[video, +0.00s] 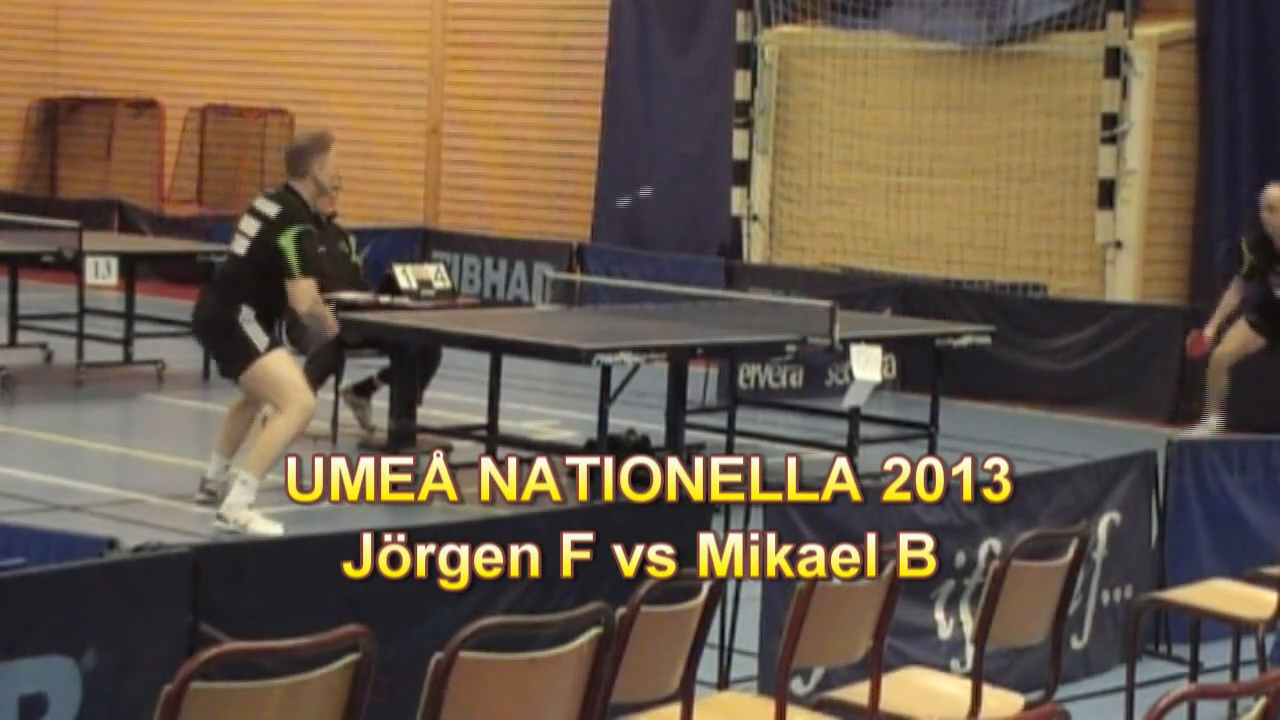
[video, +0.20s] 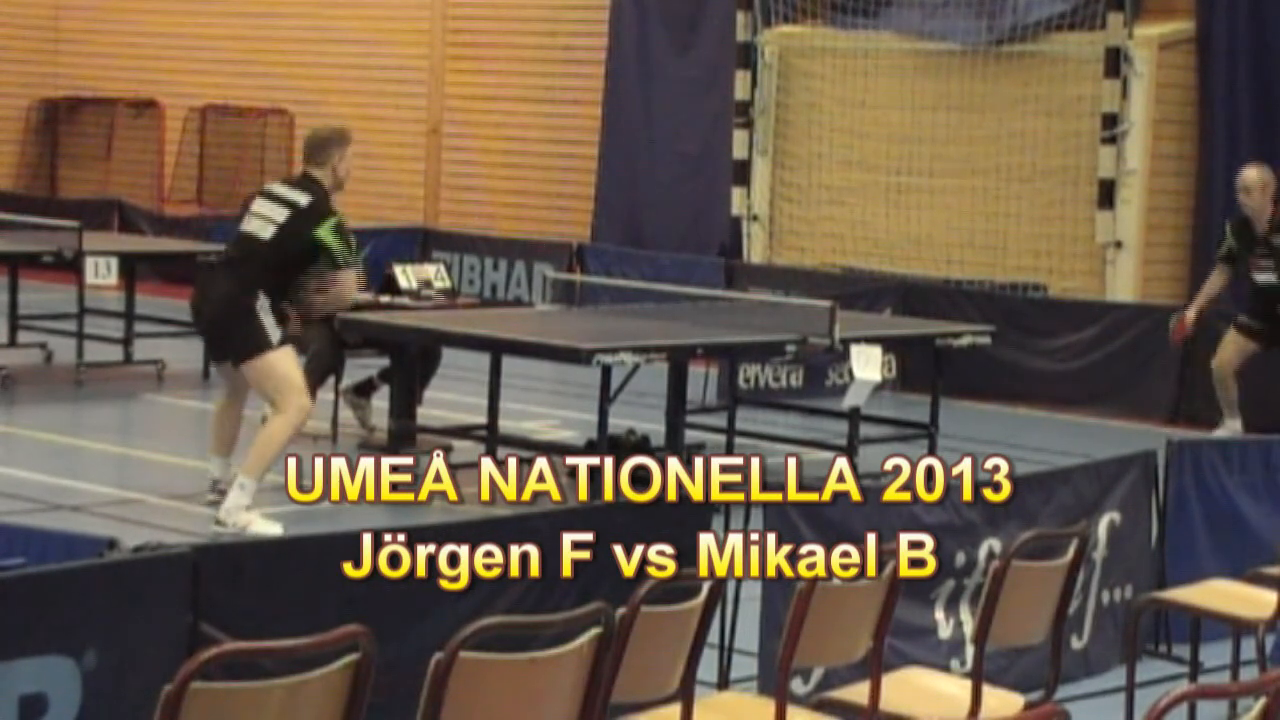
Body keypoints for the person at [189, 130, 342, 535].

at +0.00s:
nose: (336, 172)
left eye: (334, 163)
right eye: (331, 164)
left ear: (298, 169)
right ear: (314, 169)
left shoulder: (267, 201)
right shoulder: (295, 221)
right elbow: (304, 302)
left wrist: (308, 303)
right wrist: (325, 319)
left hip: (216, 310)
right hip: (236, 317)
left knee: (255, 395)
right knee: (299, 403)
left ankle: (215, 477)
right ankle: (237, 503)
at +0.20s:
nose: (352, 168)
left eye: (350, 160)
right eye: (349, 160)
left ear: (310, 161)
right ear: (335, 164)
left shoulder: (272, 189)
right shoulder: (320, 212)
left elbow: (269, 251)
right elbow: (353, 276)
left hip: (209, 294)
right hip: (243, 303)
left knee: (235, 390)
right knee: (295, 404)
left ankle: (220, 480)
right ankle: (236, 506)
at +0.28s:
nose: (352, 160)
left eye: (351, 153)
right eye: (350, 153)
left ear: (308, 153)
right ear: (339, 158)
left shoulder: (268, 182)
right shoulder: (330, 210)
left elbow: (221, 235)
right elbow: (375, 273)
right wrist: (387, 263)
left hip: (208, 281)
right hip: (243, 293)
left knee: (233, 388)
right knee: (291, 402)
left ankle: (220, 478)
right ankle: (236, 505)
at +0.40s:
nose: (351, 149)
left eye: (350, 142)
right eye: (348, 142)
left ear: (305, 145)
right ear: (336, 147)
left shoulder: (264, 174)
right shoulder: (335, 201)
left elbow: (208, 218)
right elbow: (400, 236)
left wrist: (219, 256)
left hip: (214, 281)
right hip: (253, 289)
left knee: (233, 384)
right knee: (301, 393)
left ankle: (217, 480)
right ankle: (245, 492)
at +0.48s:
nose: (352, 143)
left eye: (351, 135)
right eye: (348, 136)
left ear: (305, 141)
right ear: (334, 142)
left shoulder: (263, 173)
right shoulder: (335, 198)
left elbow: (205, 215)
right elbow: (403, 233)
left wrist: (202, 257)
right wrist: (464, 211)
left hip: (219, 282)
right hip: (261, 291)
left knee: (238, 383)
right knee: (320, 389)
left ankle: (216, 481)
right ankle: (270, 486)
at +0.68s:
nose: (357, 143)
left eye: (355, 135)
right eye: (352, 136)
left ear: (313, 143)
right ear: (337, 143)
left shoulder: (272, 181)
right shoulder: (336, 203)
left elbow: (229, 232)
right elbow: (386, 259)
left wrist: (242, 271)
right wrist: (434, 246)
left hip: (244, 294)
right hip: (284, 301)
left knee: (265, 380)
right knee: (352, 395)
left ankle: (227, 468)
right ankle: (334, 503)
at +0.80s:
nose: (360, 149)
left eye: (358, 142)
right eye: (356, 142)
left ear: (317, 149)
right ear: (340, 150)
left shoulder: (277, 188)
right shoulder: (334, 209)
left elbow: (249, 249)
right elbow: (376, 276)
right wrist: (423, 272)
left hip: (251, 303)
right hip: (289, 311)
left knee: (278, 383)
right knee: (362, 397)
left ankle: (245, 472)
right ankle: (333, 503)